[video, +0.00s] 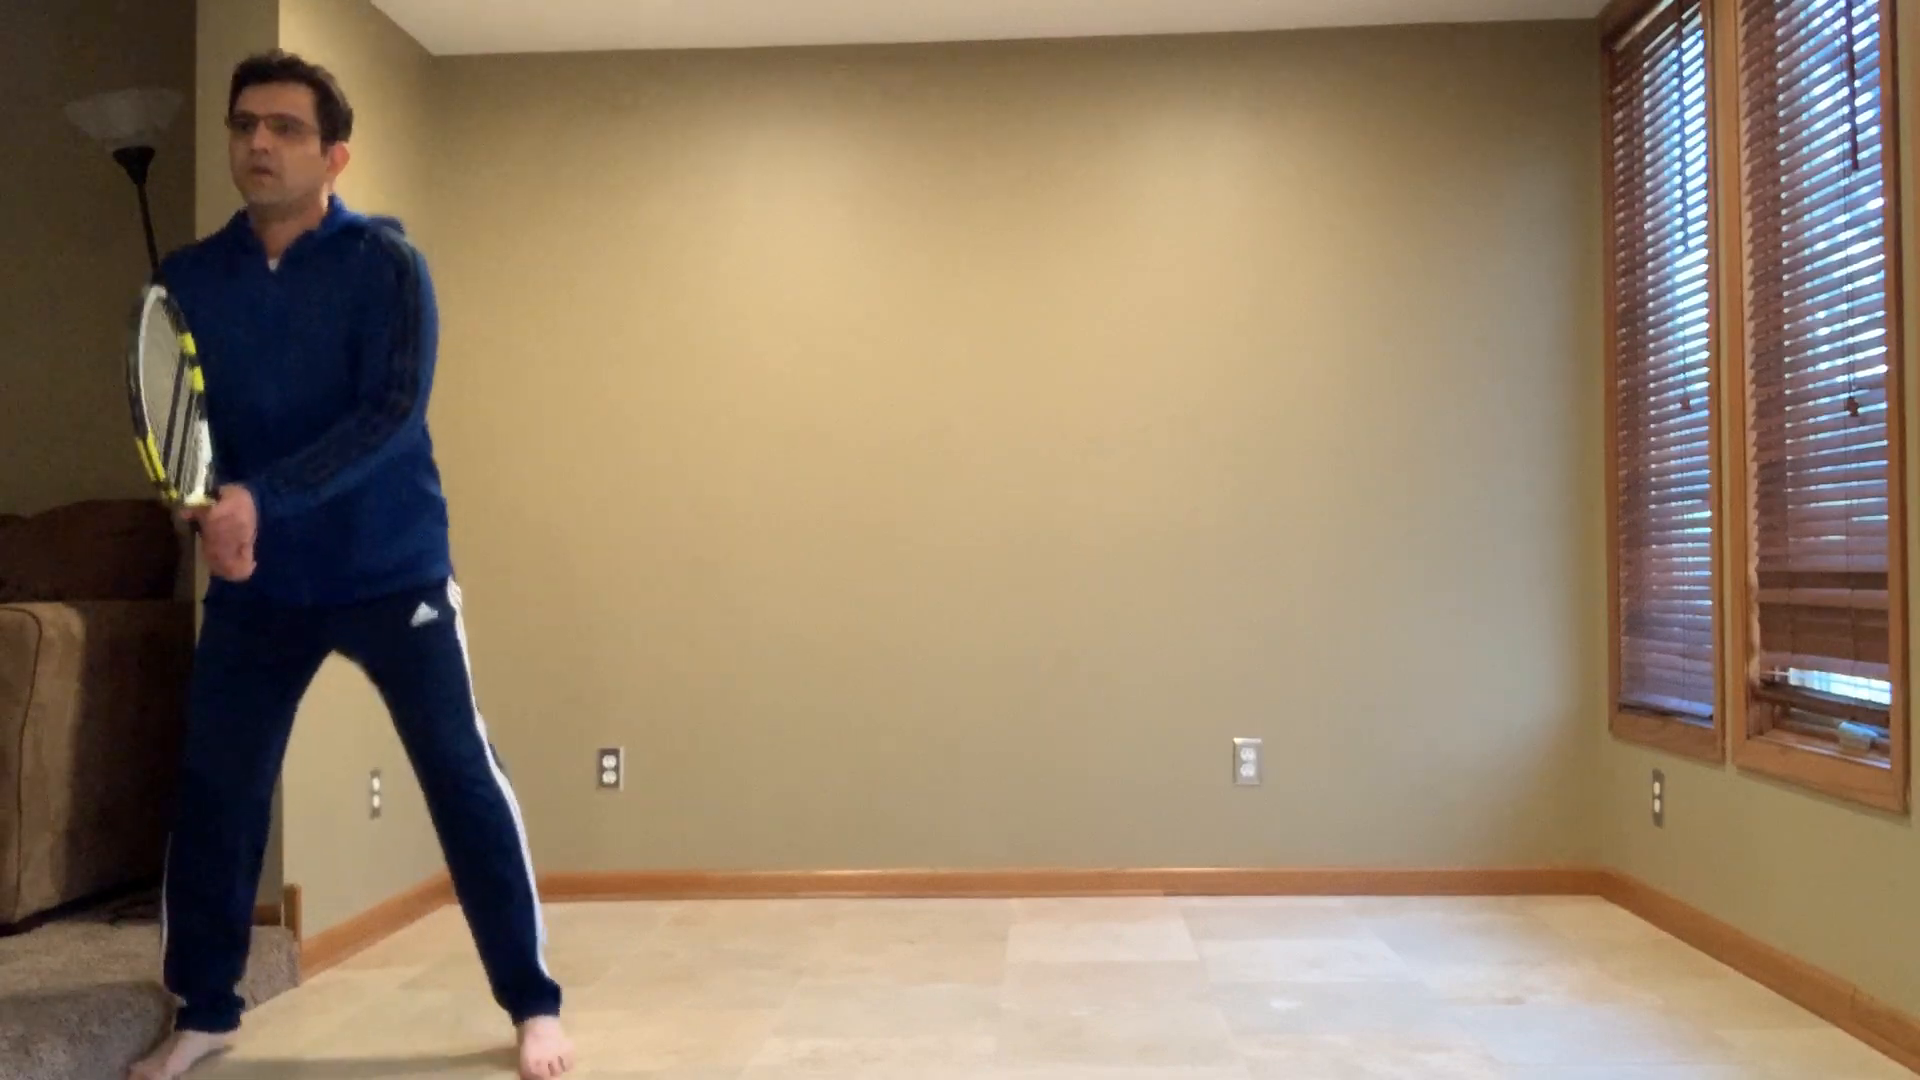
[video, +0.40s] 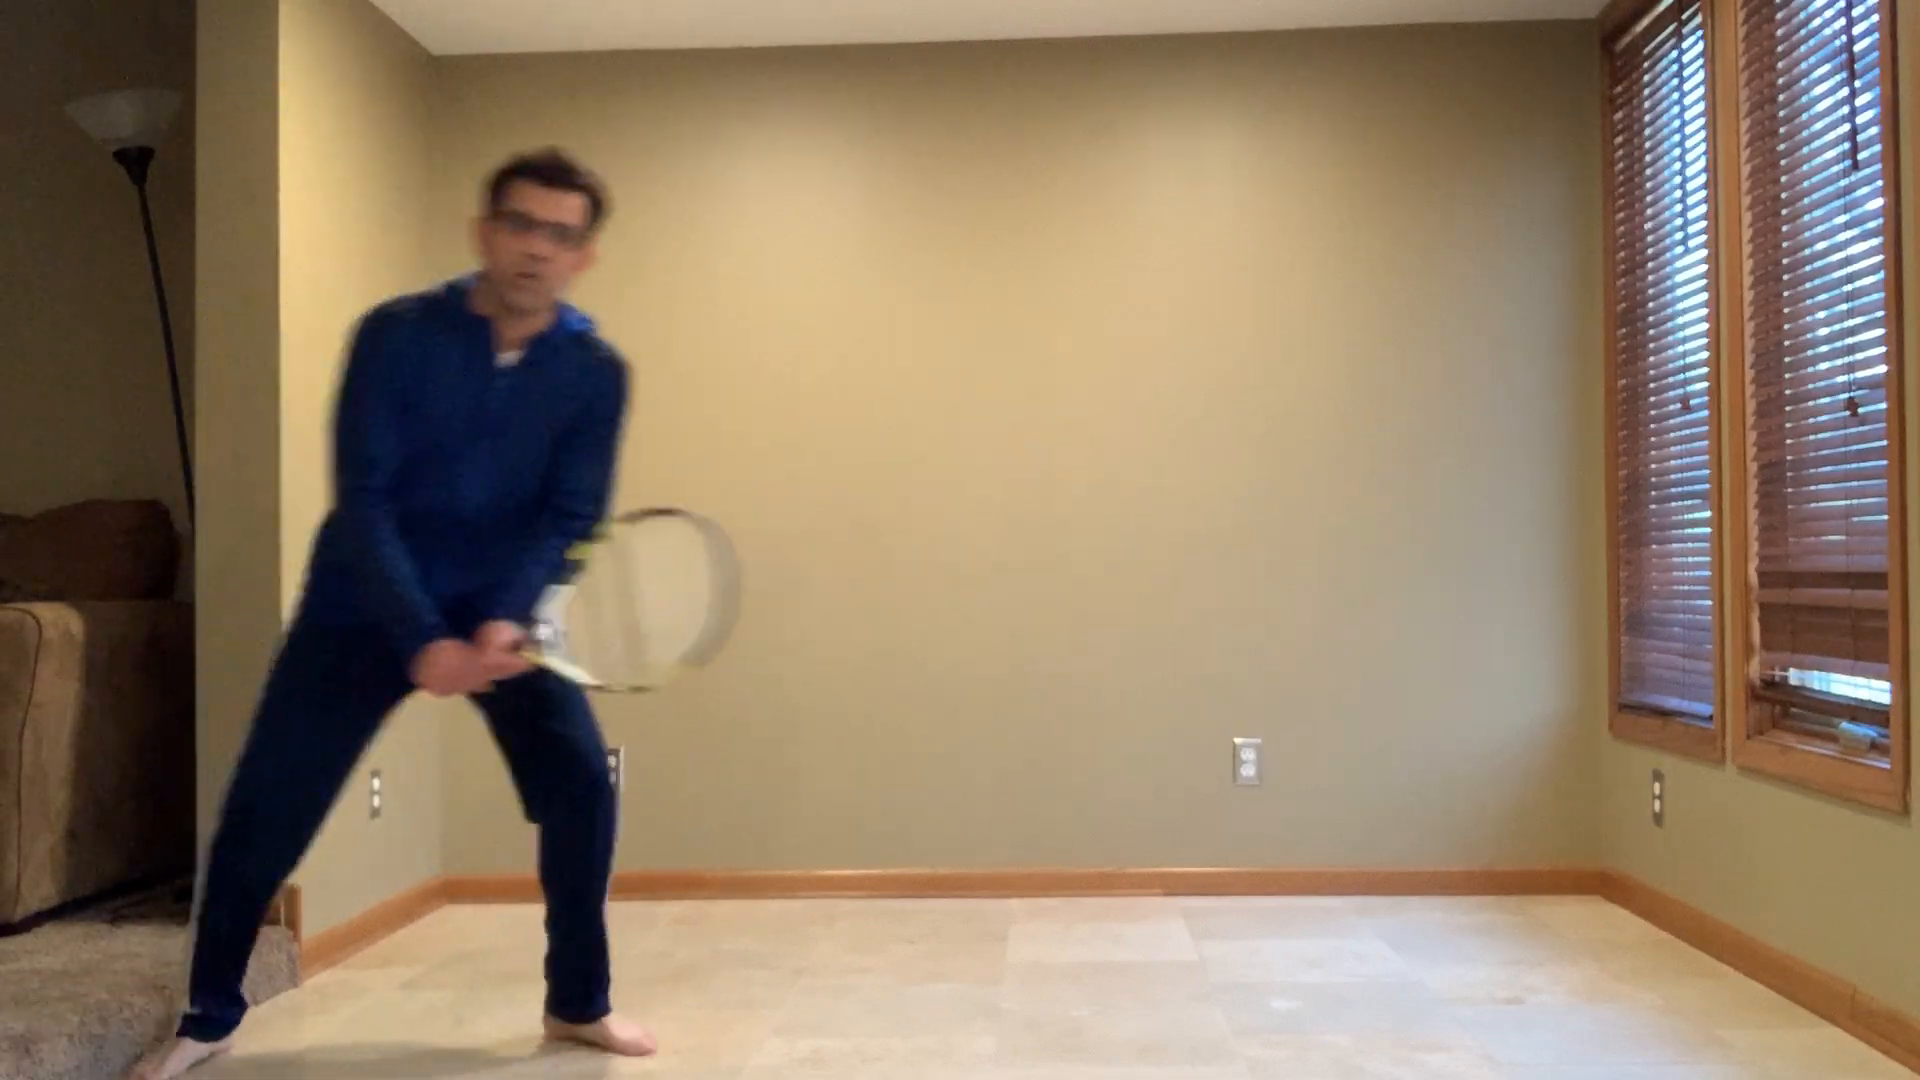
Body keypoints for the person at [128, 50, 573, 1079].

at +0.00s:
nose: (259, 145)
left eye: (285, 129)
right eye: (243, 127)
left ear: (335, 153)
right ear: (227, 146)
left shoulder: (385, 259)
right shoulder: (186, 280)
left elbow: (394, 408)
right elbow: (168, 419)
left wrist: (265, 496)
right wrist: (204, 500)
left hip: (394, 574)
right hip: (257, 586)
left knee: (464, 783)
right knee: (214, 794)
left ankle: (534, 1005)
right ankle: (205, 1015)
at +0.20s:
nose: (320, 215)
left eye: (348, 200)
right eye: (306, 192)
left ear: (393, 224)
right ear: (285, 203)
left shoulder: (435, 334)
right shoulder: (224, 331)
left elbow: (419, 489)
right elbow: (207, 480)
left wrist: (315, 599)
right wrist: (246, 599)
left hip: (411, 599)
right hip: (269, 608)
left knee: (479, 771)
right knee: (203, 796)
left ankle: (533, 1004)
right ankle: (208, 1018)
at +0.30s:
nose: (410, 240)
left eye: (436, 227)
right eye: (394, 218)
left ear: (469, 252)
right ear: (363, 228)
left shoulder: (497, 363)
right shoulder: (286, 344)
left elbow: (486, 522)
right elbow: (262, 498)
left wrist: (406, 627)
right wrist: (313, 630)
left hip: (442, 616)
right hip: (303, 612)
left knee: (526, 786)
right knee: (210, 808)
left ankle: (566, 1001)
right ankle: (209, 1022)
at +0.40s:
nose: (536, 249)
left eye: (561, 236)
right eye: (520, 226)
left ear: (585, 257)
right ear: (483, 229)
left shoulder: (593, 373)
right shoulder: (397, 334)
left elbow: (569, 523)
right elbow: (361, 500)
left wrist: (511, 615)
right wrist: (419, 636)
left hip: (501, 612)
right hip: (368, 597)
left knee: (581, 781)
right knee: (262, 808)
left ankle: (578, 1007)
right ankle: (206, 1020)